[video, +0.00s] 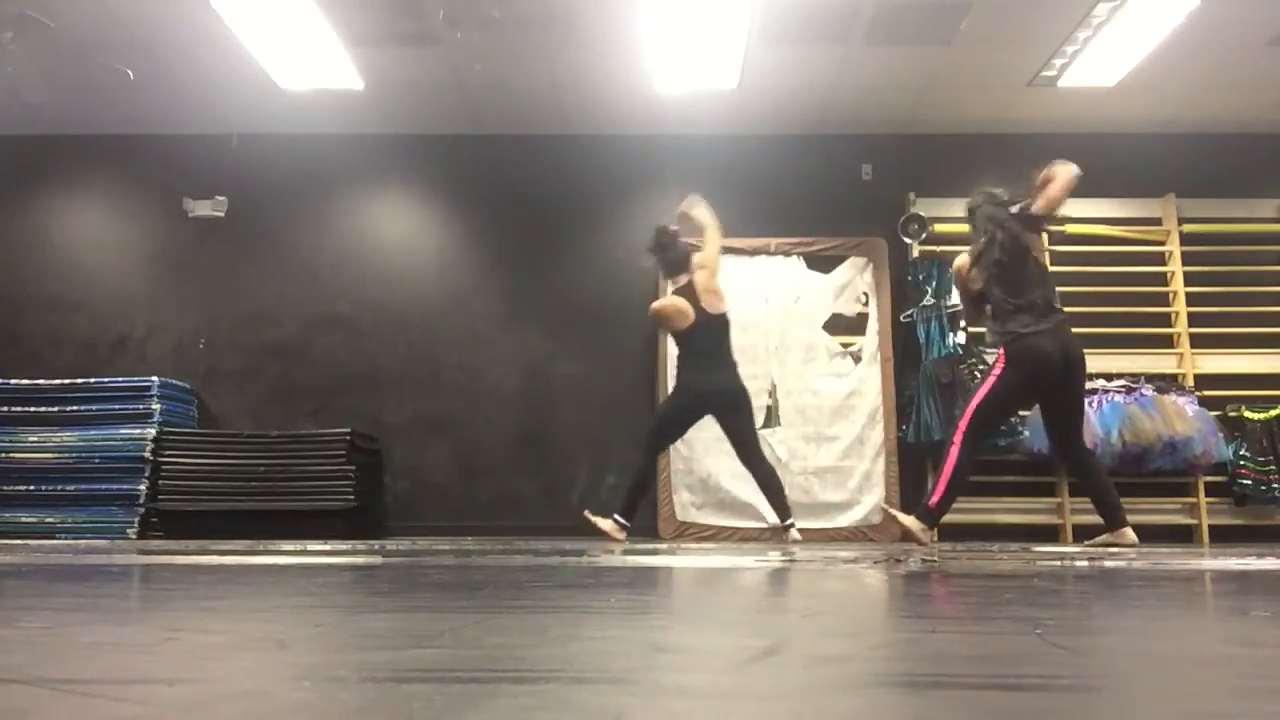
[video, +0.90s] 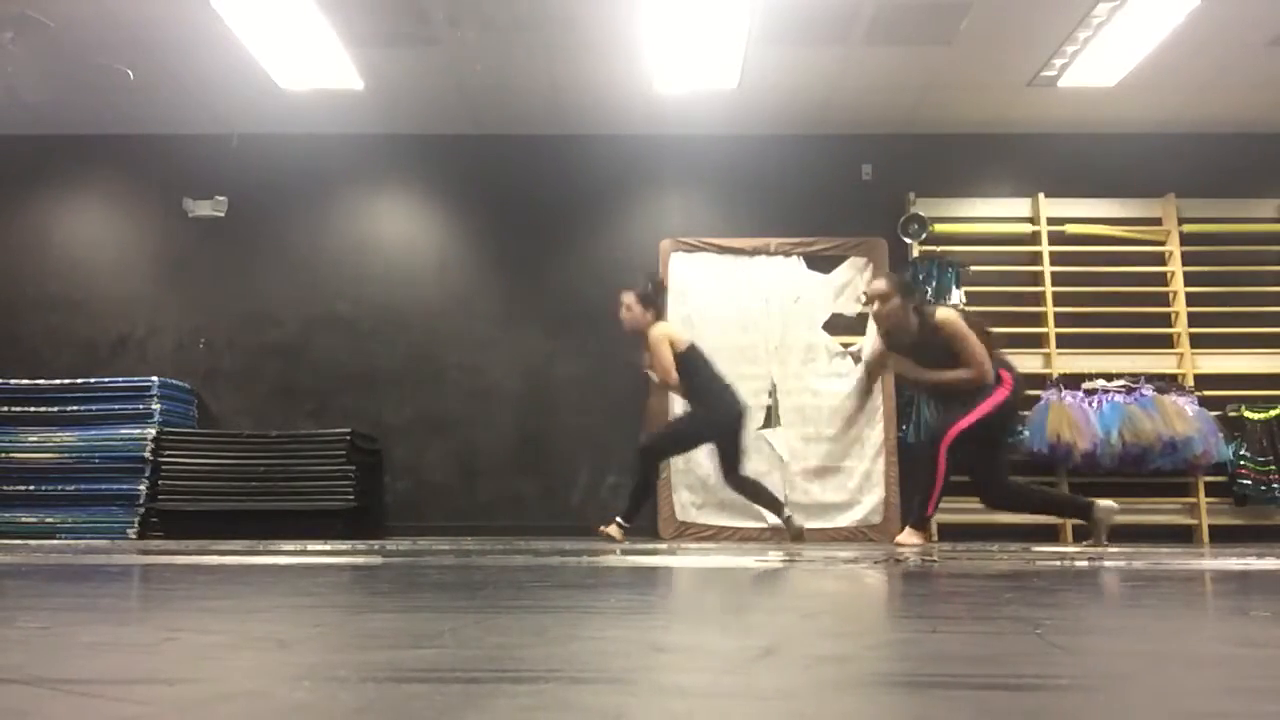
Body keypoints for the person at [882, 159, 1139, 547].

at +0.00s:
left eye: (972, 214)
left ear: (973, 220)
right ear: (1007, 208)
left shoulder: (966, 263)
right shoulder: (1026, 222)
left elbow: (974, 311)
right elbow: (1066, 176)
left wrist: (975, 282)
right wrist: (1055, 170)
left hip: (1022, 354)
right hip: (1065, 346)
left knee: (966, 432)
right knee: (1072, 447)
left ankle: (926, 520)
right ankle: (1120, 527)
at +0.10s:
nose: (1039, 204)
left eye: (1035, 200)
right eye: (1034, 201)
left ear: (988, 212)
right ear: (1026, 208)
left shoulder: (971, 251)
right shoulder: (1040, 228)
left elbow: (972, 280)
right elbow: (1087, 179)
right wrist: (1091, 138)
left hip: (1016, 350)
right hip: (1060, 342)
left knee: (971, 438)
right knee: (1078, 443)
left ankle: (926, 521)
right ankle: (1121, 528)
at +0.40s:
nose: (1027, 222)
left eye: (1024, 217)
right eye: (1024, 217)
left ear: (984, 223)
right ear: (1018, 221)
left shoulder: (965, 255)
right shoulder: (1034, 249)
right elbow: (1096, 210)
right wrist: (1136, 166)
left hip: (1010, 348)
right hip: (1054, 340)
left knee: (970, 439)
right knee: (1070, 439)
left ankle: (923, 522)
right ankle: (1120, 528)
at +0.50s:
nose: (960, 248)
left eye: (961, 243)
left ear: (966, 248)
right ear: (1001, 242)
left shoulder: (960, 278)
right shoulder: (1024, 260)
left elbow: (949, 321)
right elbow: (1081, 250)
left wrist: (957, 280)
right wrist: (1135, 222)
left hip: (1026, 354)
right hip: (1068, 350)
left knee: (972, 435)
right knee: (1057, 447)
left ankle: (921, 522)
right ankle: (1116, 527)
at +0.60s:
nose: (932, 299)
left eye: (935, 292)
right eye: (931, 292)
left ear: (947, 290)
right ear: (970, 280)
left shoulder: (950, 317)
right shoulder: (1006, 294)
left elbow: (930, 372)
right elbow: (1055, 298)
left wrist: (932, 331)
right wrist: (1110, 293)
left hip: (1042, 370)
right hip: (1076, 365)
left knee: (970, 433)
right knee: (1047, 457)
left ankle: (921, 524)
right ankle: (1116, 528)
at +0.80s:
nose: (880, 327)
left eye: (885, 318)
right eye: (878, 319)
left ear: (909, 318)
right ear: (907, 318)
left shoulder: (934, 335)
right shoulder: (923, 339)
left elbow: (956, 394)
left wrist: (920, 373)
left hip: (1030, 393)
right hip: (1033, 394)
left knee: (952, 437)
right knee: (1011, 486)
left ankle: (918, 529)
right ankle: (1107, 519)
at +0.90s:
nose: (874, 310)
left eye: (881, 300)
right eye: (870, 302)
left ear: (908, 302)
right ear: (872, 307)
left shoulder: (946, 322)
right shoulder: (887, 336)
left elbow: (981, 375)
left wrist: (918, 375)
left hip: (998, 383)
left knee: (944, 440)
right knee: (994, 492)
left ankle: (917, 529)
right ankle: (1093, 511)